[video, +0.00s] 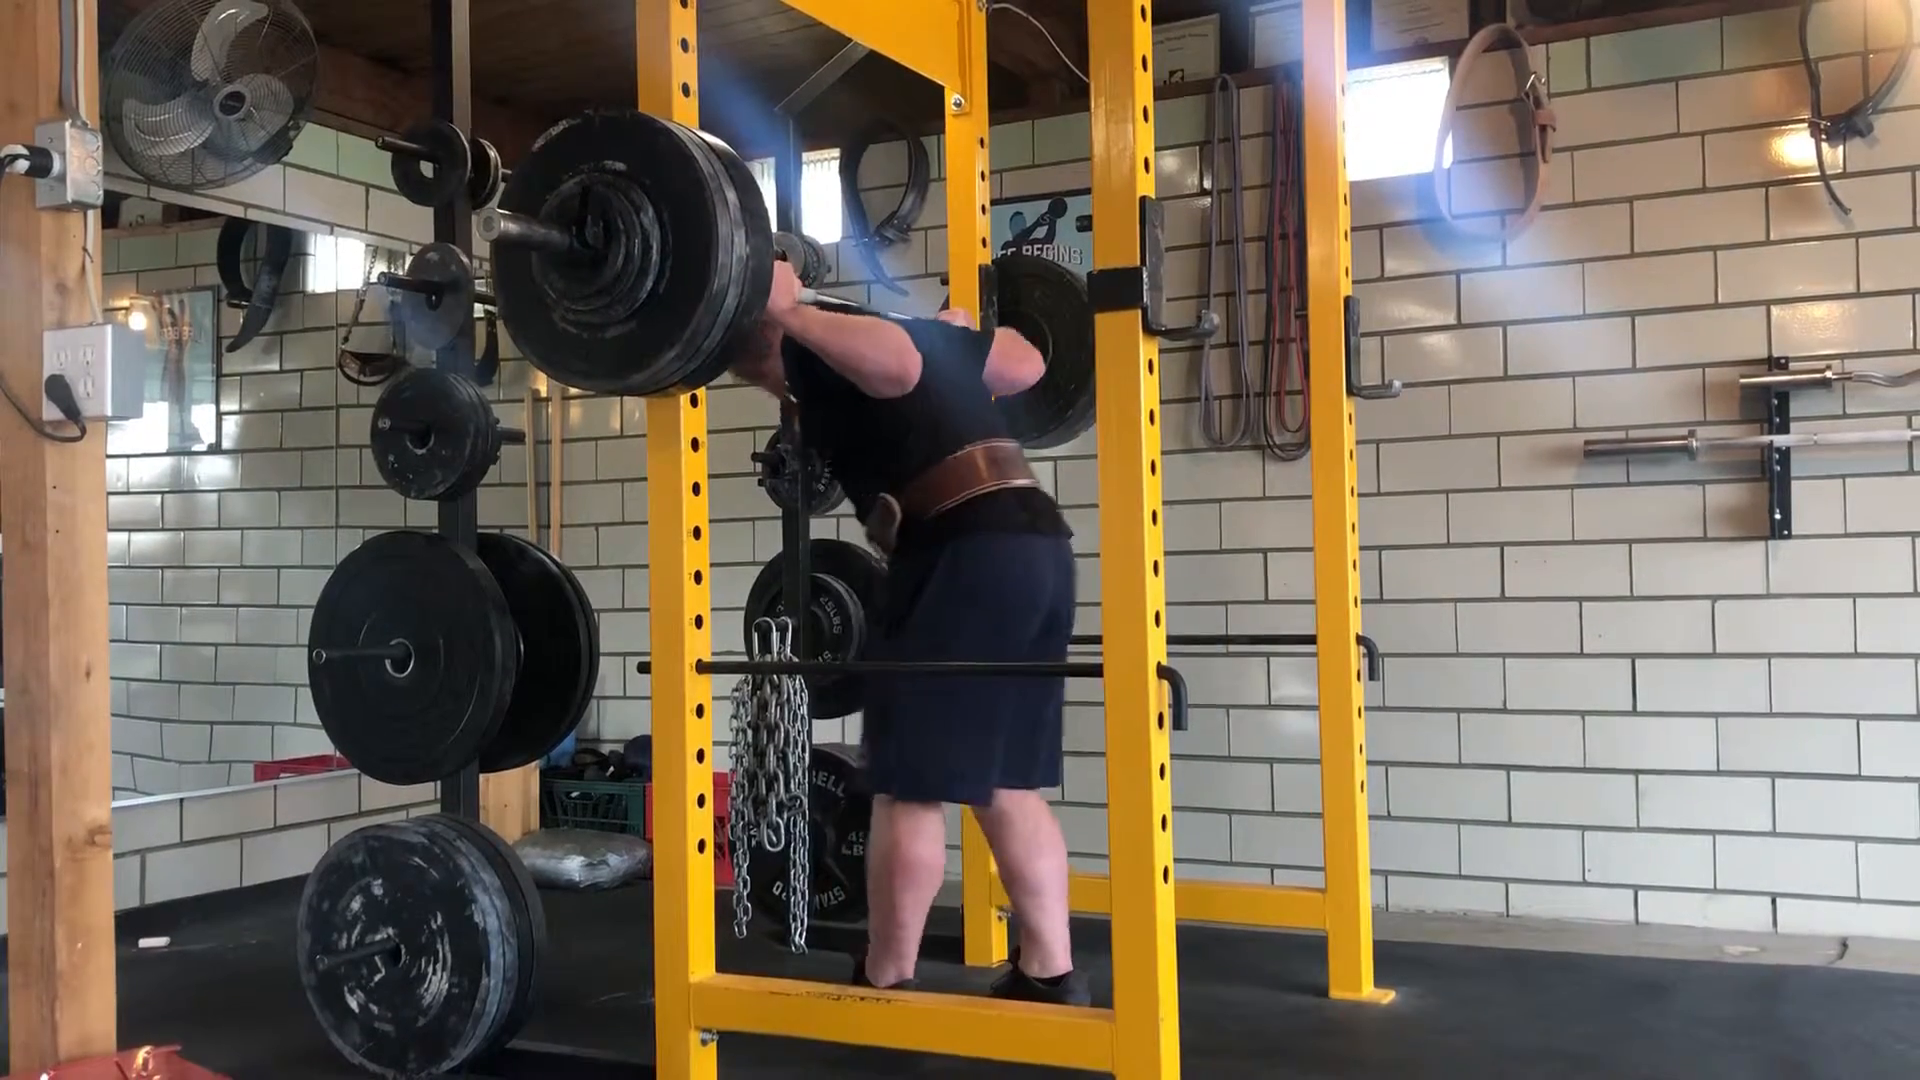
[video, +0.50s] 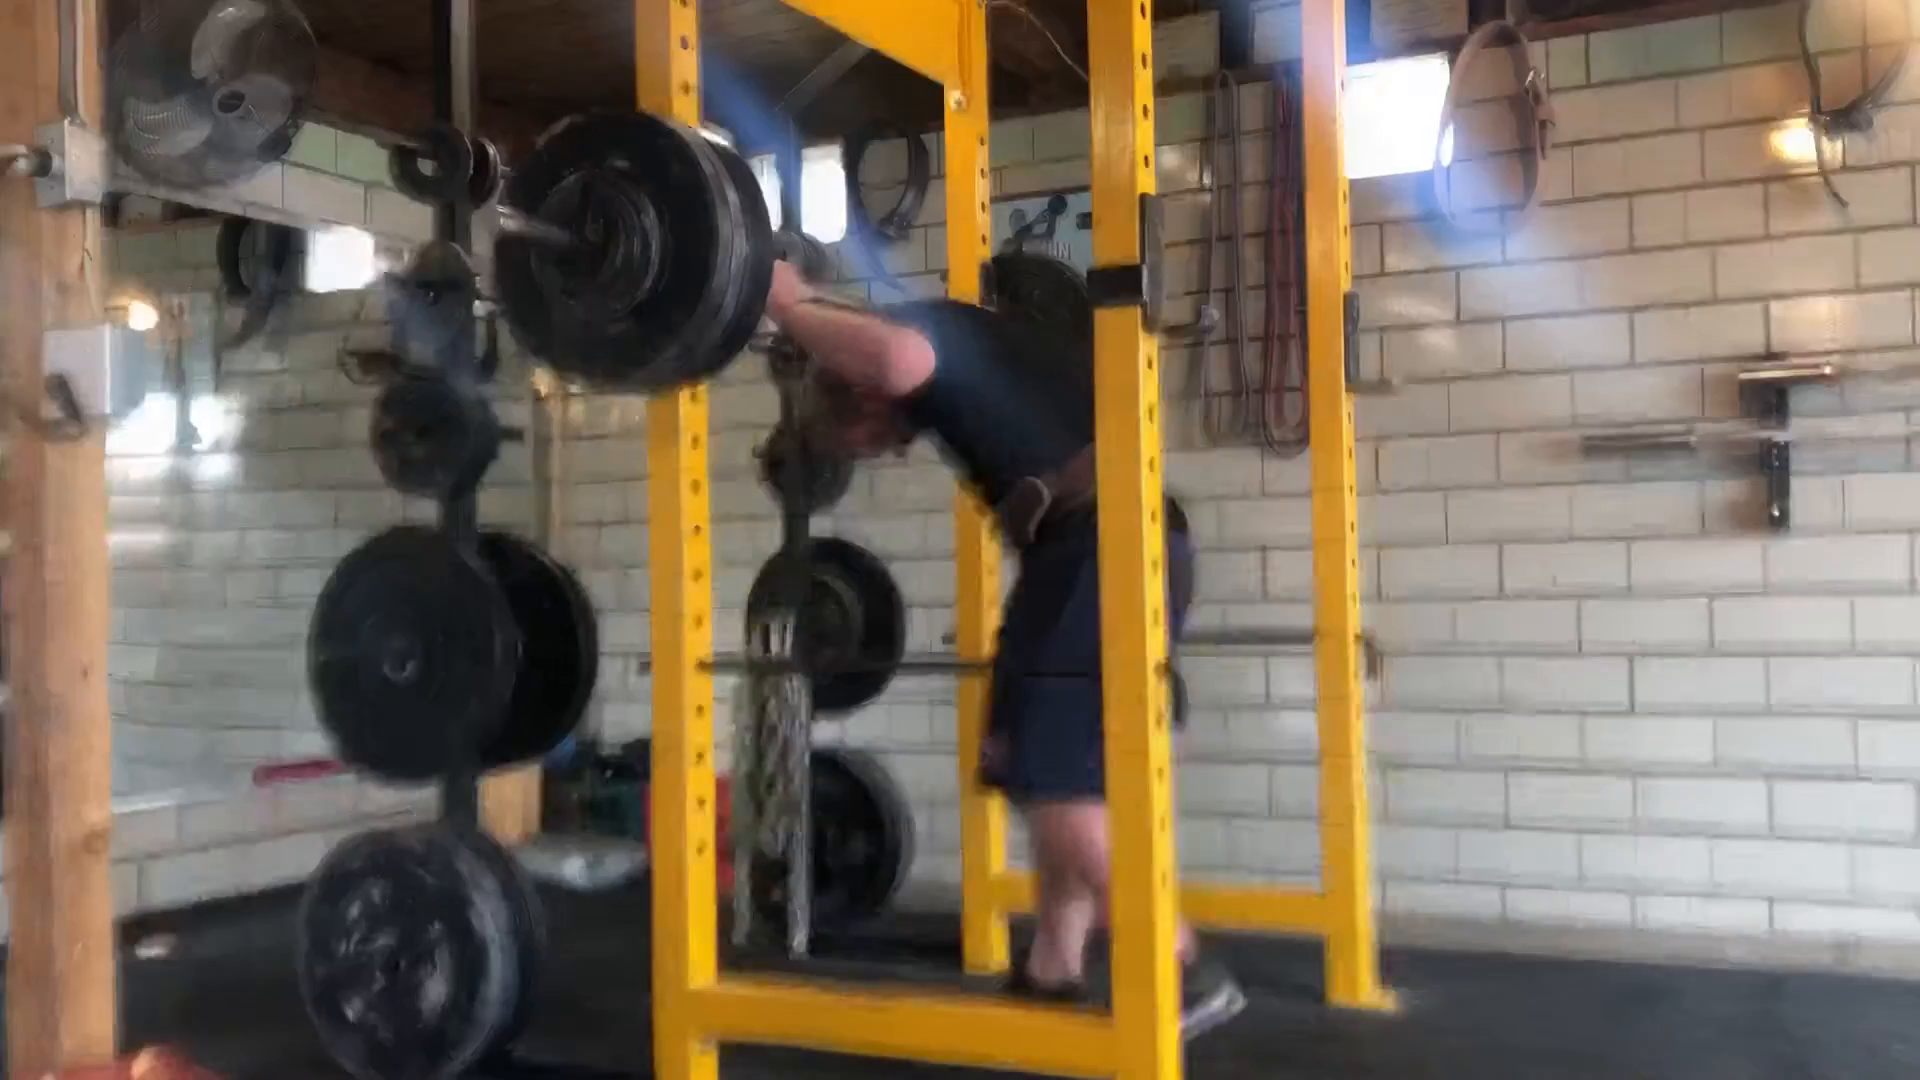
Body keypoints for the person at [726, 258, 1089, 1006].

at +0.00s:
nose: (746, 378)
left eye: (742, 364)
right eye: (740, 364)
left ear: (759, 336)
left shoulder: (815, 340)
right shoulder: (920, 332)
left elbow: (898, 363)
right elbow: (1024, 360)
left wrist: (790, 312)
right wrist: (965, 326)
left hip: (969, 551)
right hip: (1039, 545)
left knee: (909, 776)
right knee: (1008, 775)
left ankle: (885, 981)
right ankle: (1048, 973)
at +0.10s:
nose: (779, 426)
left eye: (766, 409)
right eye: (766, 418)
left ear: (776, 369)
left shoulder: (822, 346)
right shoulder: (934, 331)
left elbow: (906, 358)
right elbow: (1037, 351)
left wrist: (791, 311)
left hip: (993, 549)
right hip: (1065, 541)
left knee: (930, 773)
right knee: (1028, 774)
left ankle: (875, 978)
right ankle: (1048, 975)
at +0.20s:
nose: (806, 451)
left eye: (791, 439)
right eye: (789, 446)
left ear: (798, 392)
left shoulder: (839, 352)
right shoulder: (945, 333)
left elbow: (909, 353)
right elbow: (1055, 346)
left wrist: (791, 311)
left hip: (1014, 547)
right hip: (1085, 538)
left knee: (947, 766)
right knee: (1031, 769)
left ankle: (912, 972)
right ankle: (1049, 973)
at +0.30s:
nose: (840, 459)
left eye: (824, 452)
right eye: (826, 457)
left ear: (817, 406)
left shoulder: (864, 367)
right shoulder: (969, 338)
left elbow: (907, 350)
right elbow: (1072, 348)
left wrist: (786, 309)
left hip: (1041, 544)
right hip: (1101, 534)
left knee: (968, 760)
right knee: (1042, 769)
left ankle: (992, 988)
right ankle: (1055, 978)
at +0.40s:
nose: (868, 462)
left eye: (849, 454)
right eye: (853, 460)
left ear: (837, 403)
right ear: (846, 389)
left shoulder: (900, 351)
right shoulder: (991, 336)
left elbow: (903, 345)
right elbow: (1089, 359)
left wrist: (787, 308)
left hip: (1067, 541)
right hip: (1109, 529)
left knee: (995, 752)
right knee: (1046, 757)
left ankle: (1077, 967)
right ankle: (1064, 953)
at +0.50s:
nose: (879, 451)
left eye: (864, 441)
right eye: (863, 446)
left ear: (859, 396)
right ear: (863, 399)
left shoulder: (936, 331)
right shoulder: (951, 371)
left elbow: (901, 364)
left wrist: (792, 306)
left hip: (1101, 539)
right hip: (1080, 543)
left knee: (1055, 763)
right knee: (1050, 762)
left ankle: (1179, 968)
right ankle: (1054, 973)